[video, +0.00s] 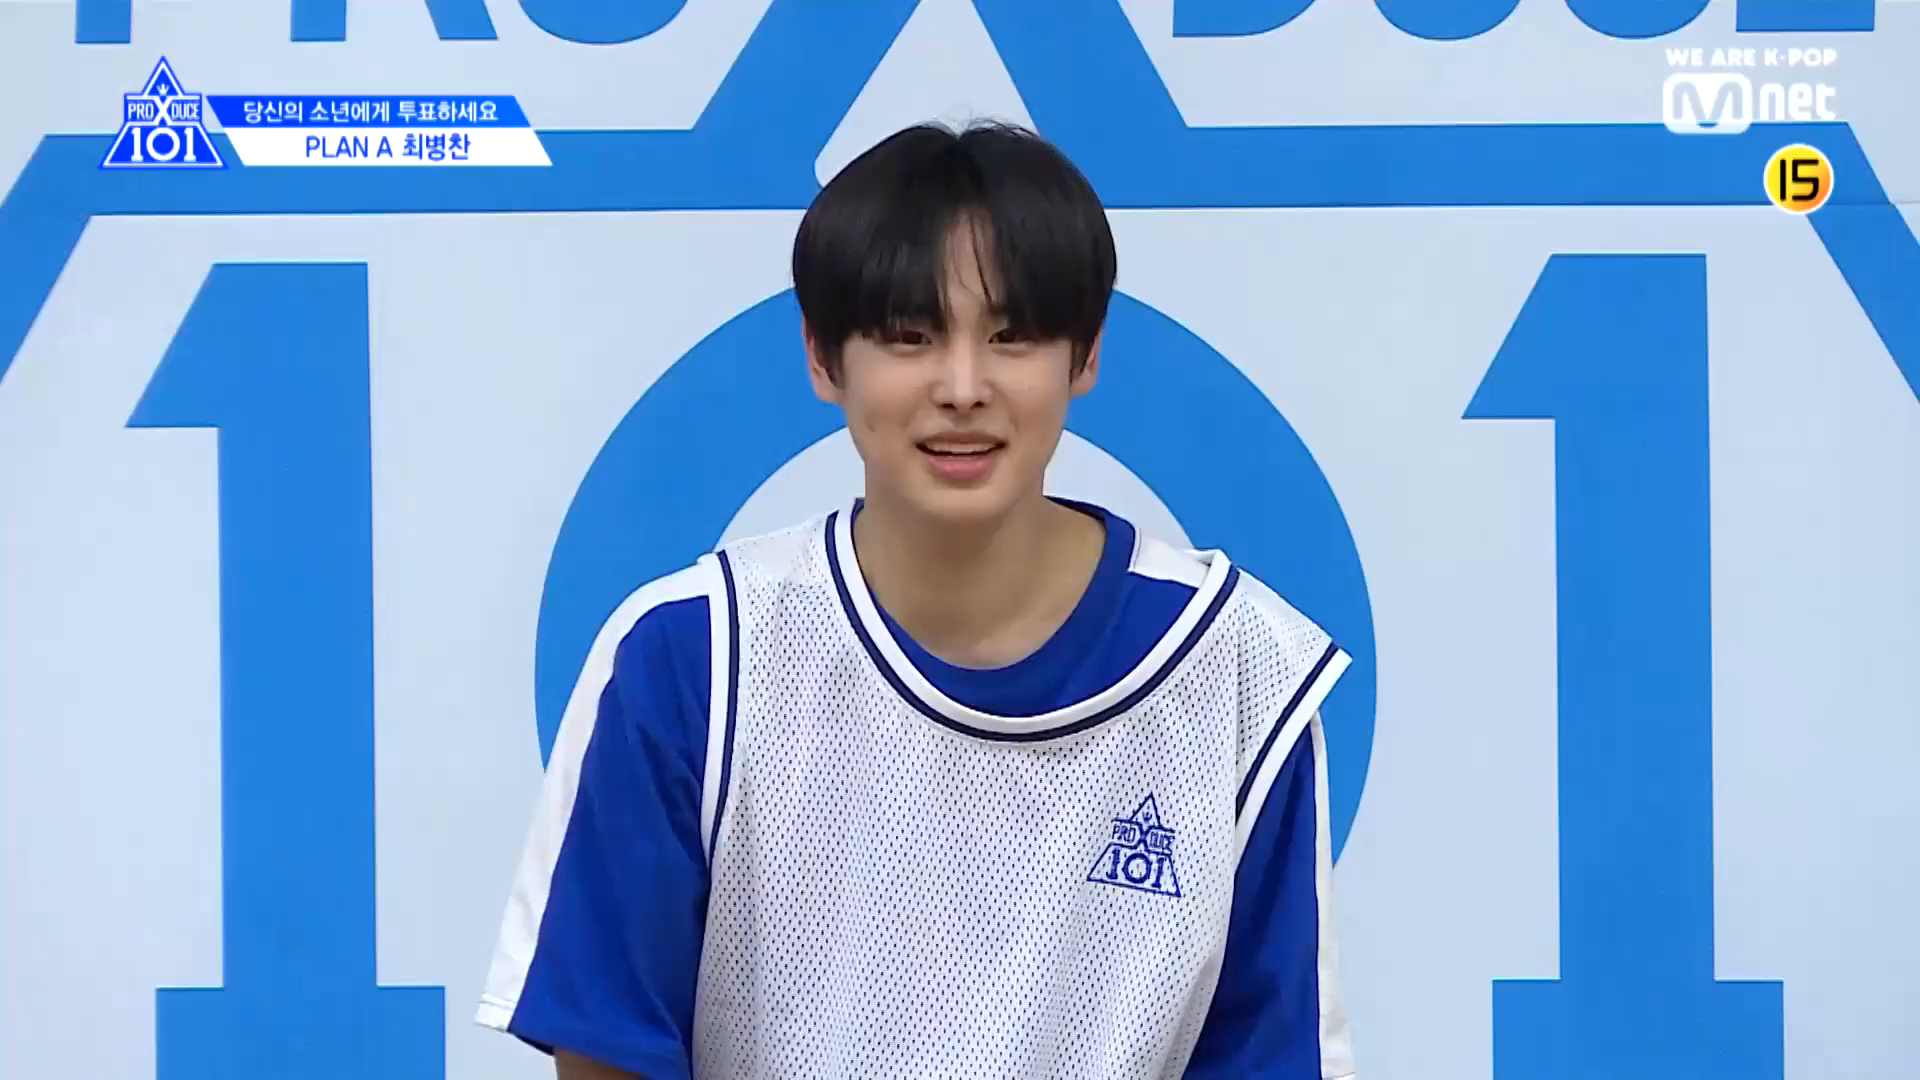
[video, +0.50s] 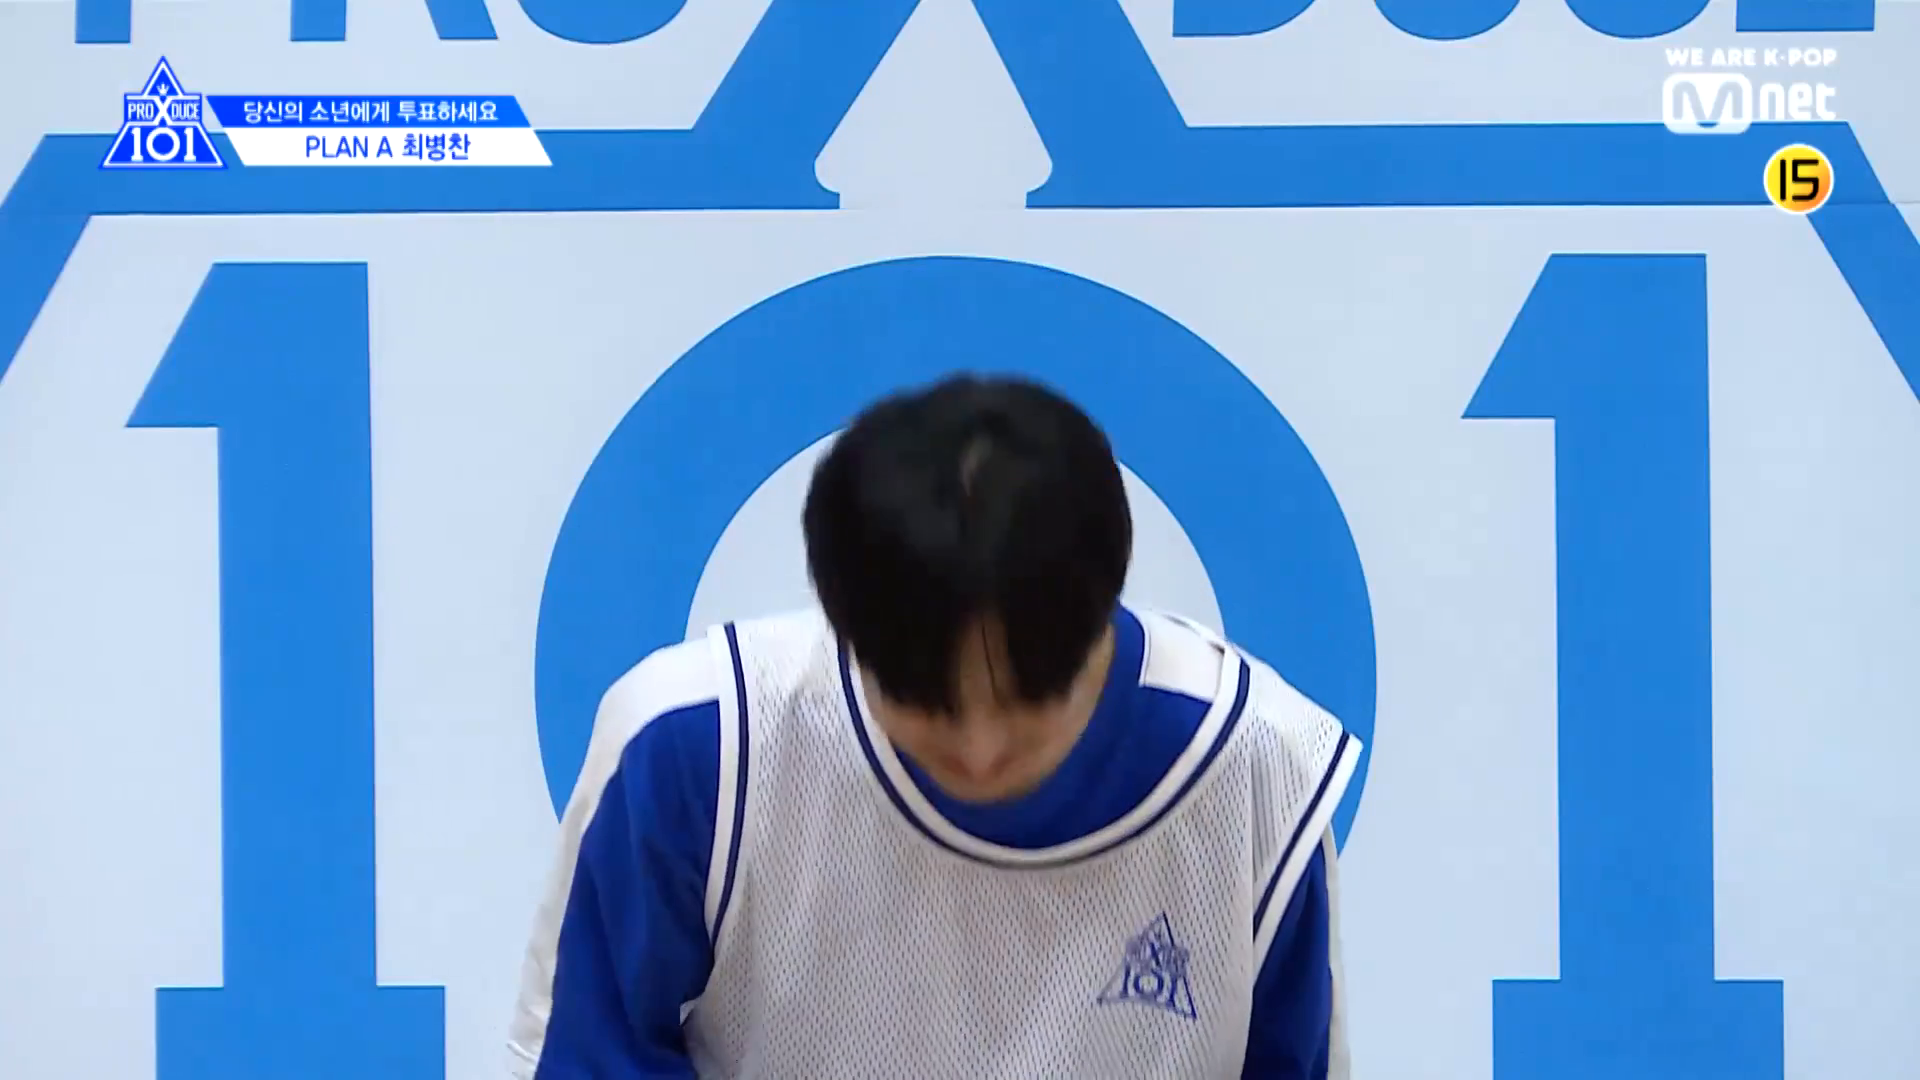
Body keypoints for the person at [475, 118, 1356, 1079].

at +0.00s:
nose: (963, 390)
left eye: (1011, 335)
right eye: (911, 334)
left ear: (1080, 359)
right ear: (829, 363)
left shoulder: (1246, 681)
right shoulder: (682, 662)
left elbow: (1265, 1057)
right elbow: (602, 1048)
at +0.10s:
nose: (960, 420)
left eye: (1007, 359)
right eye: (907, 359)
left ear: (1078, 372)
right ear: (826, 376)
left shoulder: (1249, 688)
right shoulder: (677, 669)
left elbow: (1266, 1059)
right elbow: (600, 1052)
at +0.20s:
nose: (960, 480)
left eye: (1012, 417)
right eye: (904, 420)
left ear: (1080, 401)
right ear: (828, 414)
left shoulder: (1248, 699)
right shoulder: (681, 676)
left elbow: (1265, 1059)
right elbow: (598, 1053)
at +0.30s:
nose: (966, 561)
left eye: (1017, 496)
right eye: (908, 500)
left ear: (1082, 453)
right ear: (832, 467)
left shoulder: (1249, 716)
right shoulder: (681, 688)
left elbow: (1271, 1059)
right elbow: (599, 1055)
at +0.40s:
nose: (971, 647)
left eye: (1024, 588)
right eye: (914, 591)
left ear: (1089, 525)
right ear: (843, 539)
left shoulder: (1254, 744)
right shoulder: (684, 716)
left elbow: (1277, 1063)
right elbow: (590, 1050)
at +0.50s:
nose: (981, 751)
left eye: (1034, 696)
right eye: (922, 702)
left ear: (1105, 614)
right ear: (850, 637)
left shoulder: (1259, 783)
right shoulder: (687, 756)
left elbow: (1285, 1057)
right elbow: (592, 1052)